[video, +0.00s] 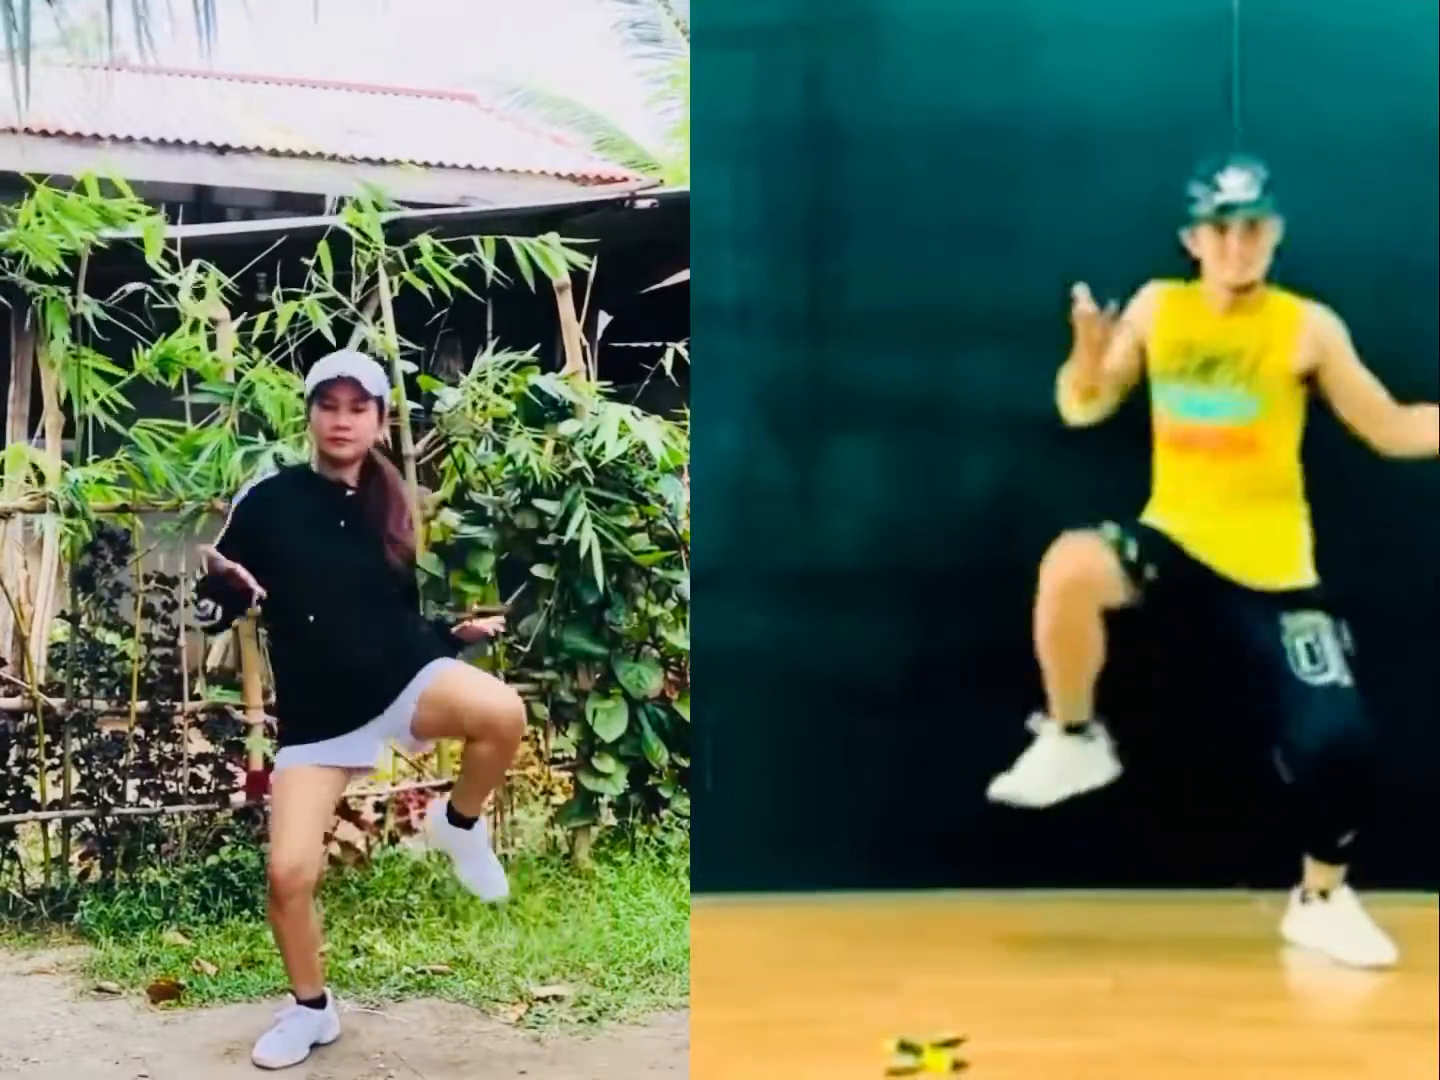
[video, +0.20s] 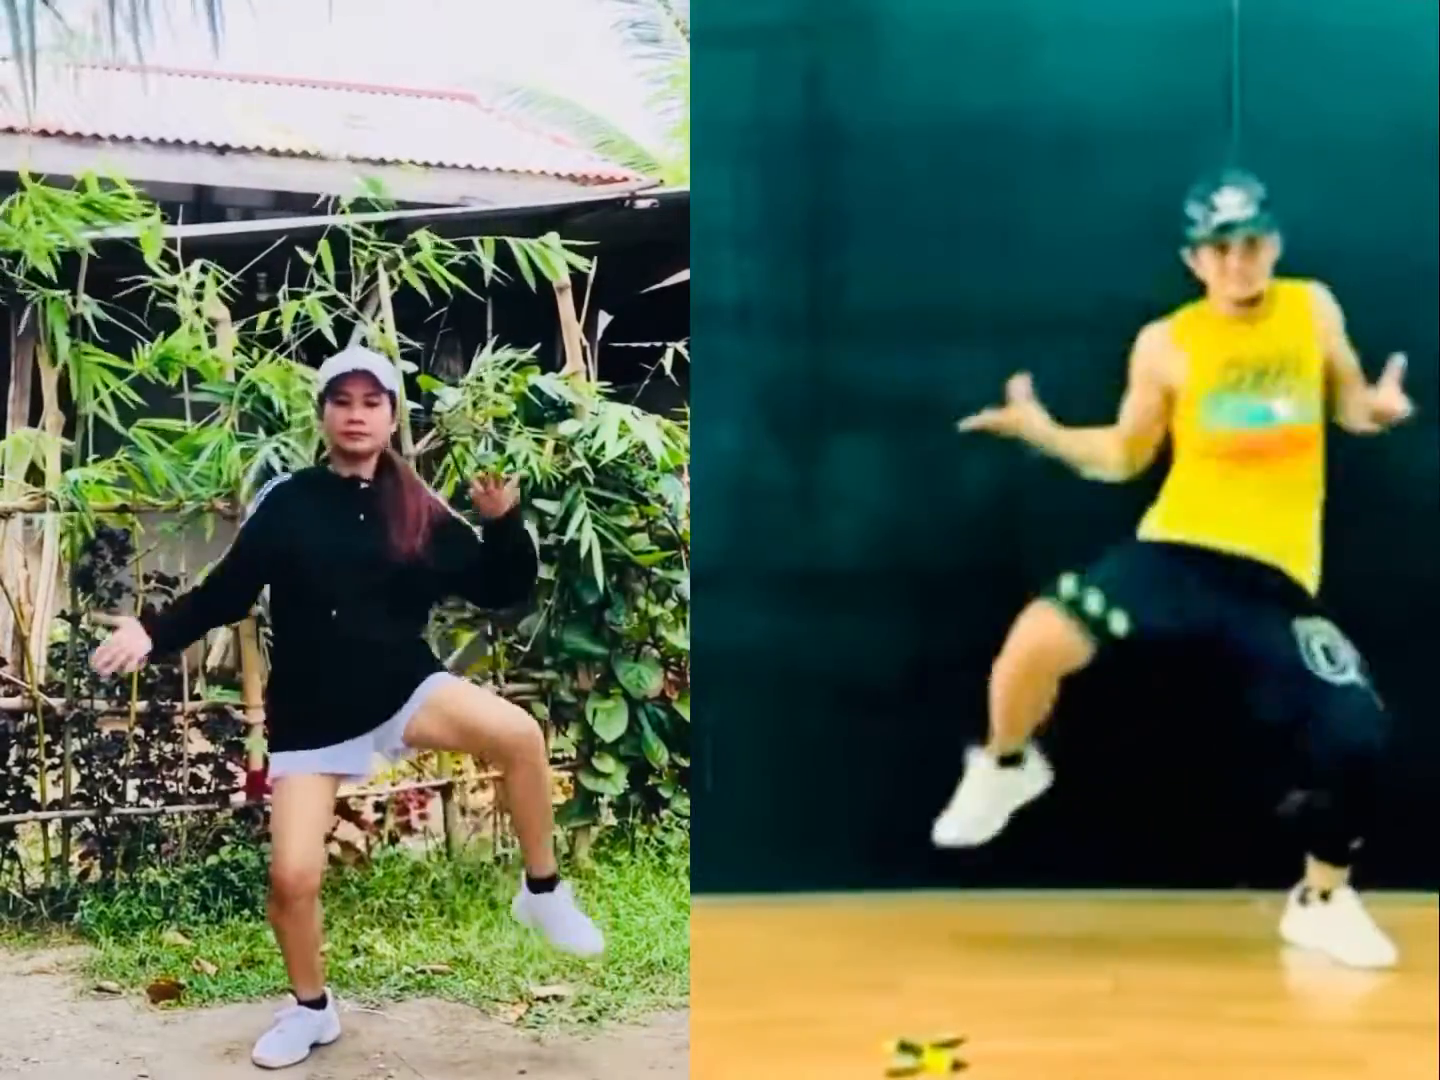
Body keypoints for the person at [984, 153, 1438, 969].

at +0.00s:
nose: (1239, 248)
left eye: (1254, 230)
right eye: (1222, 231)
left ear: (1276, 236)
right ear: (1194, 237)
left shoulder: (1308, 329)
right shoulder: (1156, 309)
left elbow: (1393, 428)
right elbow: (1083, 407)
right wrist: (1085, 361)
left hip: (1274, 562)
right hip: (1174, 541)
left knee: (1335, 740)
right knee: (1068, 569)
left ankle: (1321, 898)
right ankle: (1073, 739)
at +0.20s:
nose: (1241, 265)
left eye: (1253, 247)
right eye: (1223, 250)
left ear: (1275, 248)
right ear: (1196, 258)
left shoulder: (1312, 309)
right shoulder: (1165, 344)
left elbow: (1348, 401)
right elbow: (1123, 455)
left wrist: (1375, 406)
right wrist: (1039, 429)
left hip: (1276, 582)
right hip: (1173, 557)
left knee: (1354, 725)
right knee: (1034, 644)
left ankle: (1321, 898)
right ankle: (1005, 765)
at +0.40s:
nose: (1203, 302)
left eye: (1218, 285)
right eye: (1186, 285)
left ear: (1239, 292)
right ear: (1157, 292)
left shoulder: (1257, 393)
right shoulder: (1112, 361)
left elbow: (1315, 512)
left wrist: (1418, 476)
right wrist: (1070, 386)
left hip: (1251, 622)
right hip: (1134, 628)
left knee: (1373, 736)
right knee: (1044, 787)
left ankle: (1331, 897)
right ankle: (982, 893)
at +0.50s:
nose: (1161, 340)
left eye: (1177, 325)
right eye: (1146, 323)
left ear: (1199, 333)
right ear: (1117, 330)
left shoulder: (1230, 421)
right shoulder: (1083, 393)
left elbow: (1330, 503)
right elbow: (983, 442)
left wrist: (1430, 550)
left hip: (1215, 641)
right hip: (1104, 648)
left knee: (1328, 730)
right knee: (1032, 808)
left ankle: (1325, 900)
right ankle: (981, 898)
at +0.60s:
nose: (1138, 328)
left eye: (1150, 311)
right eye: (1121, 313)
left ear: (1169, 312)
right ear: (1090, 318)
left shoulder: (1200, 370)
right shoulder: (1058, 398)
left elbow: (1266, 467)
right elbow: (973, 493)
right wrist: (910, 481)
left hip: (1180, 624)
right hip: (1074, 629)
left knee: (1269, 753)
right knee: (1001, 817)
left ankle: (1319, 903)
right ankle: (979, 899)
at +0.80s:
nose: (1124, 266)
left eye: (1128, 250)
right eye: (1109, 250)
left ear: (1126, 250)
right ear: (1059, 251)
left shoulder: (1130, 328)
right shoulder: (993, 312)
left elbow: (1157, 445)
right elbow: (920, 403)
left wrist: (1254, 406)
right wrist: (931, 367)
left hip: (1137, 565)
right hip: (1035, 590)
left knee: (1282, 623)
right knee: (1003, 777)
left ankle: (1277, 810)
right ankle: (972, 894)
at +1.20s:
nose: (1115, 228)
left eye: (1131, 213)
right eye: (1101, 210)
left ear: (1150, 219)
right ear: (1070, 210)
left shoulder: (1165, 298)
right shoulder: (1019, 278)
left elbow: (1191, 406)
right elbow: (931, 364)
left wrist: (1282, 373)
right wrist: (947, 328)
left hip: (1170, 535)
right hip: (1061, 553)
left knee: (1296, 643)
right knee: (1018, 730)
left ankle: (1342, 824)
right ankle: (998, 877)